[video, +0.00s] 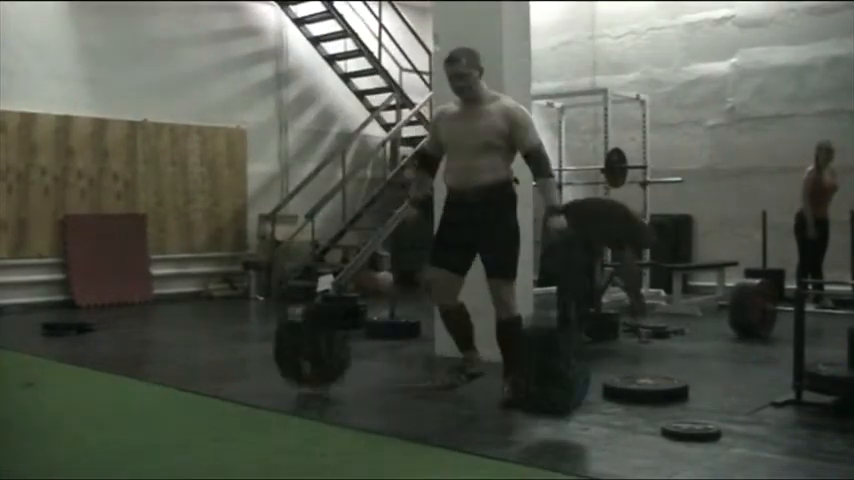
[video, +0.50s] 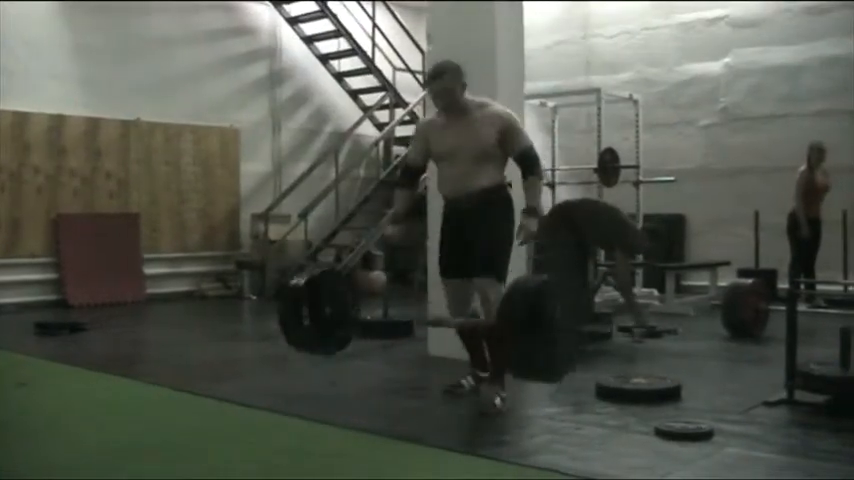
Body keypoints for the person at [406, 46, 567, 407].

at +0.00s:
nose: (459, 84)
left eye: (464, 77)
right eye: (453, 79)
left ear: (480, 73)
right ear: (448, 81)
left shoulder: (510, 113)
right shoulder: (443, 119)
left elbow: (540, 166)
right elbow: (427, 164)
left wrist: (554, 210)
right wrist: (417, 195)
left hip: (497, 207)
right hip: (457, 208)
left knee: (502, 294)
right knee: (440, 287)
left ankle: (514, 379)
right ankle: (470, 359)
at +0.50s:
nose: (440, 101)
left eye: (445, 93)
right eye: (435, 95)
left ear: (462, 86)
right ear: (429, 94)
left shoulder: (496, 118)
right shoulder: (428, 130)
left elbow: (530, 163)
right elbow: (409, 176)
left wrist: (532, 213)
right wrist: (397, 215)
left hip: (492, 207)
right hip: (455, 212)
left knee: (488, 290)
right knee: (457, 298)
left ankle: (498, 380)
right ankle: (479, 371)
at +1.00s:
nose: (372, 155)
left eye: (372, 147)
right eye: (367, 149)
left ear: (388, 135)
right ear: (372, 144)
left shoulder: (449, 148)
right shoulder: (396, 172)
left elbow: (484, 202)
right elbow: (387, 229)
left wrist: (491, 255)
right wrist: (380, 278)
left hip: (479, 216)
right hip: (443, 221)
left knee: (472, 299)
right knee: (420, 293)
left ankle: (491, 392)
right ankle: (416, 384)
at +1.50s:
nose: (364, 247)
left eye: (366, 240)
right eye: (358, 242)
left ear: (379, 223)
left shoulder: (425, 232)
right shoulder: (371, 241)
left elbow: (460, 295)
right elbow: (371, 299)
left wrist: (470, 356)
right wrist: (372, 352)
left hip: (478, 252)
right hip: (432, 257)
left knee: (436, 311)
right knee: (390, 307)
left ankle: (465, 394)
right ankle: (416, 385)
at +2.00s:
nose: (394, 65)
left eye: (401, 57)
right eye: (392, 58)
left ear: (423, 59)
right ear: (393, 64)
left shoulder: (449, 109)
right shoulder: (394, 112)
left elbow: (482, 157)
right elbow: (383, 160)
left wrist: (463, 196)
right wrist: (385, 198)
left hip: (447, 216)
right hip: (406, 215)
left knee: (443, 303)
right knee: (399, 300)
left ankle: (462, 393)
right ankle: (410, 384)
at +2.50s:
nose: (416, 81)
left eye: (423, 75)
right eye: (415, 75)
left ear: (445, 80)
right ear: (417, 80)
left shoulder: (461, 115)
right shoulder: (404, 123)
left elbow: (486, 134)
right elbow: (374, 152)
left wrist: (475, 124)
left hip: (432, 209)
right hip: (397, 209)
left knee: (419, 308)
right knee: (367, 291)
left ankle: (456, 394)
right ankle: (396, 380)